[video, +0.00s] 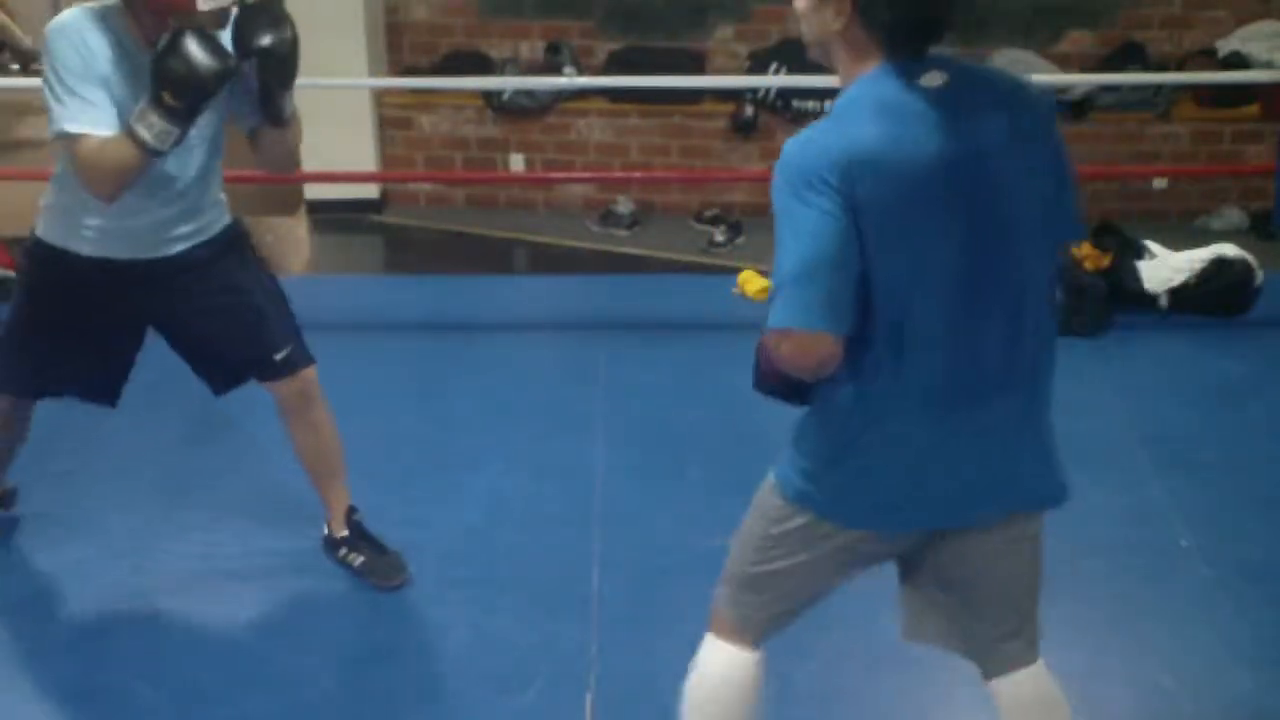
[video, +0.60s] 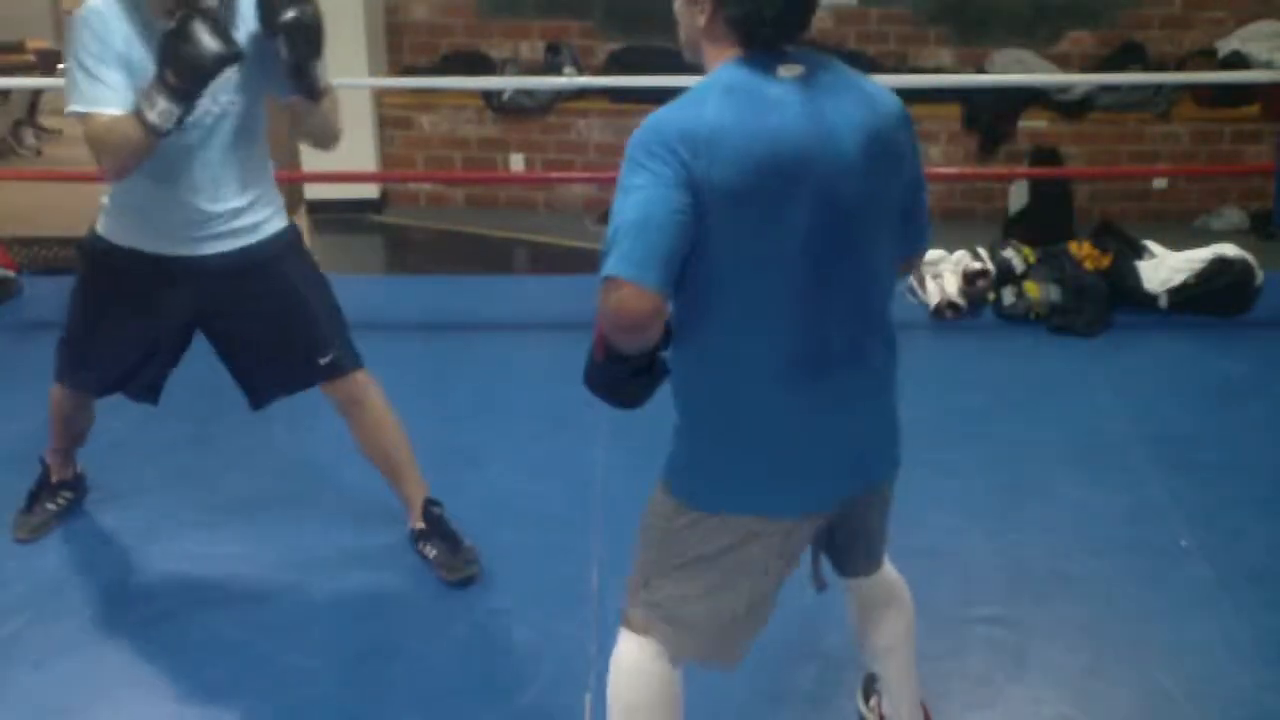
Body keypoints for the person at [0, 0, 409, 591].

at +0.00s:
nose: (199, 9)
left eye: (205, 6)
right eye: (184, 5)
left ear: (211, 5)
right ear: (144, 1)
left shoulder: (227, 30)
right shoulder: (76, 35)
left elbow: (278, 160)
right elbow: (100, 177)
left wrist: (275, 87)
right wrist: (168, 107)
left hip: (198, 243)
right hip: (79, 250)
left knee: (297, 379)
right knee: (12, 394)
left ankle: (342, 527)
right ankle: (0, 496)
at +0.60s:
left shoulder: (254, 14)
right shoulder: (103, 21)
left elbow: (324, 135)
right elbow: (110, 157)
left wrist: (304, 70)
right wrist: (172, 88)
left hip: (253, 235)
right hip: (134, 242)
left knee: (346, 377)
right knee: (75, 382)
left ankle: (424, 516)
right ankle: (59, 476)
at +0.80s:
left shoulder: (337, 13)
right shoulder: (189, 11)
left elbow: (382, 145)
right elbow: (196, 145)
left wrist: (374, 71)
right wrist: (259, 80)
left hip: (298, 223)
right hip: (188, 221)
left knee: (378, 367)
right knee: (122, 358)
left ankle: (428, 518)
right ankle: (106, 461)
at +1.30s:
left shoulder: (357, 6)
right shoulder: (207, 6)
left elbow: (425, 100)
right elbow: (198, 117)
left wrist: (403, 31)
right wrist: (249, 61)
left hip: (351, 213)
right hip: (243, 214)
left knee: (425, 361)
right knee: (198, 345)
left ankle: (514, 502)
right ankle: (193, 435)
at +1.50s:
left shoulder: (435, 4)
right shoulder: (280, 5)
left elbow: (486, 110)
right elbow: (262, 111)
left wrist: (449, 41)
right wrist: (299, 57)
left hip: (413, 199)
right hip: (309, 195)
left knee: (463, 357)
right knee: (254, 318)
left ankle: (516, 505)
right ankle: (246, 421)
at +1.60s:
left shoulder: (450, 5)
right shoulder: (291, 4)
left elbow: (489, 114)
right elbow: (277, 104)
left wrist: (459, 69)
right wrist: (316, 55)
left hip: (430, 188)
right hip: (328, 187)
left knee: (476, 349)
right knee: (282, 313)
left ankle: (517, 508)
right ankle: (329, 390)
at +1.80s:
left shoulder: (474, 1)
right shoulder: (316, 5)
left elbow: (543, 72)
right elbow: (301, 96)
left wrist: (494, 16)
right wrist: (347, 44)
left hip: (461, 173)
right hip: (365, 179)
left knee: (496, 300)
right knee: (333, 308)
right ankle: (348, 396)